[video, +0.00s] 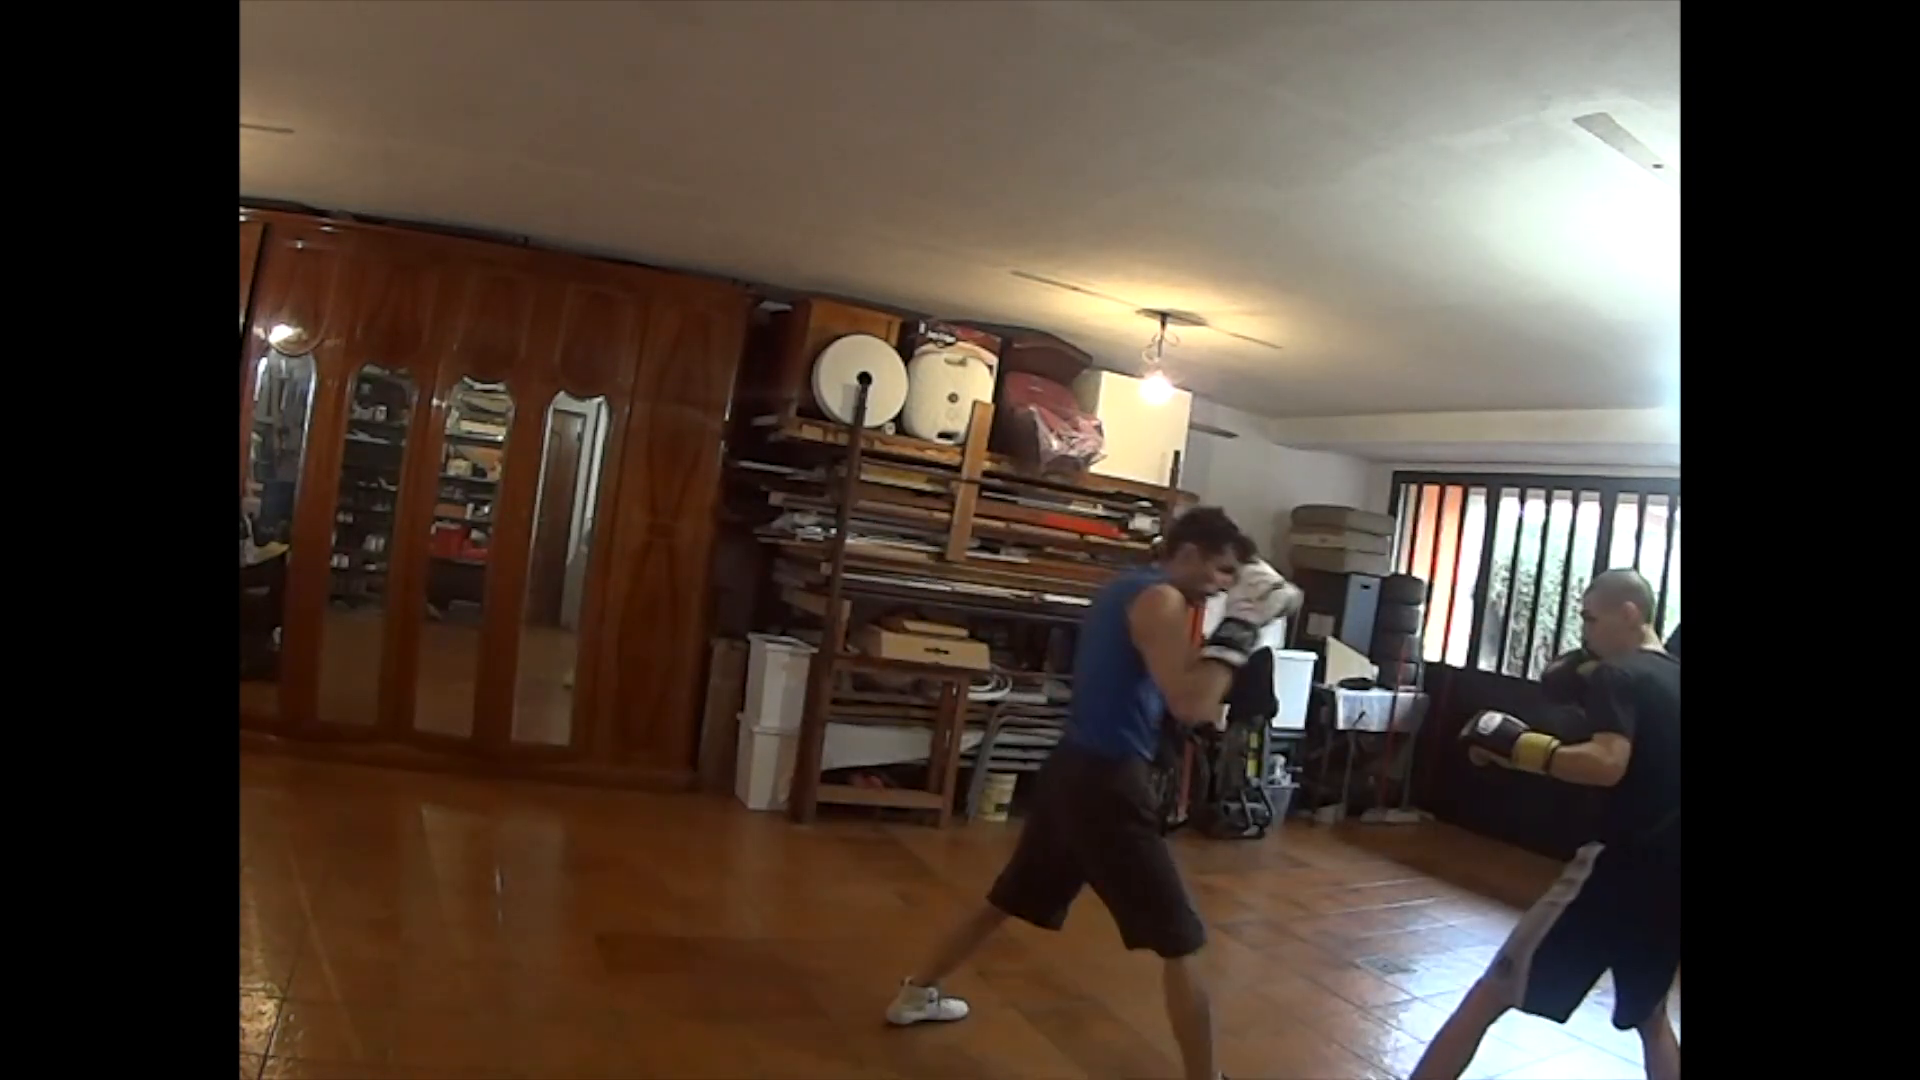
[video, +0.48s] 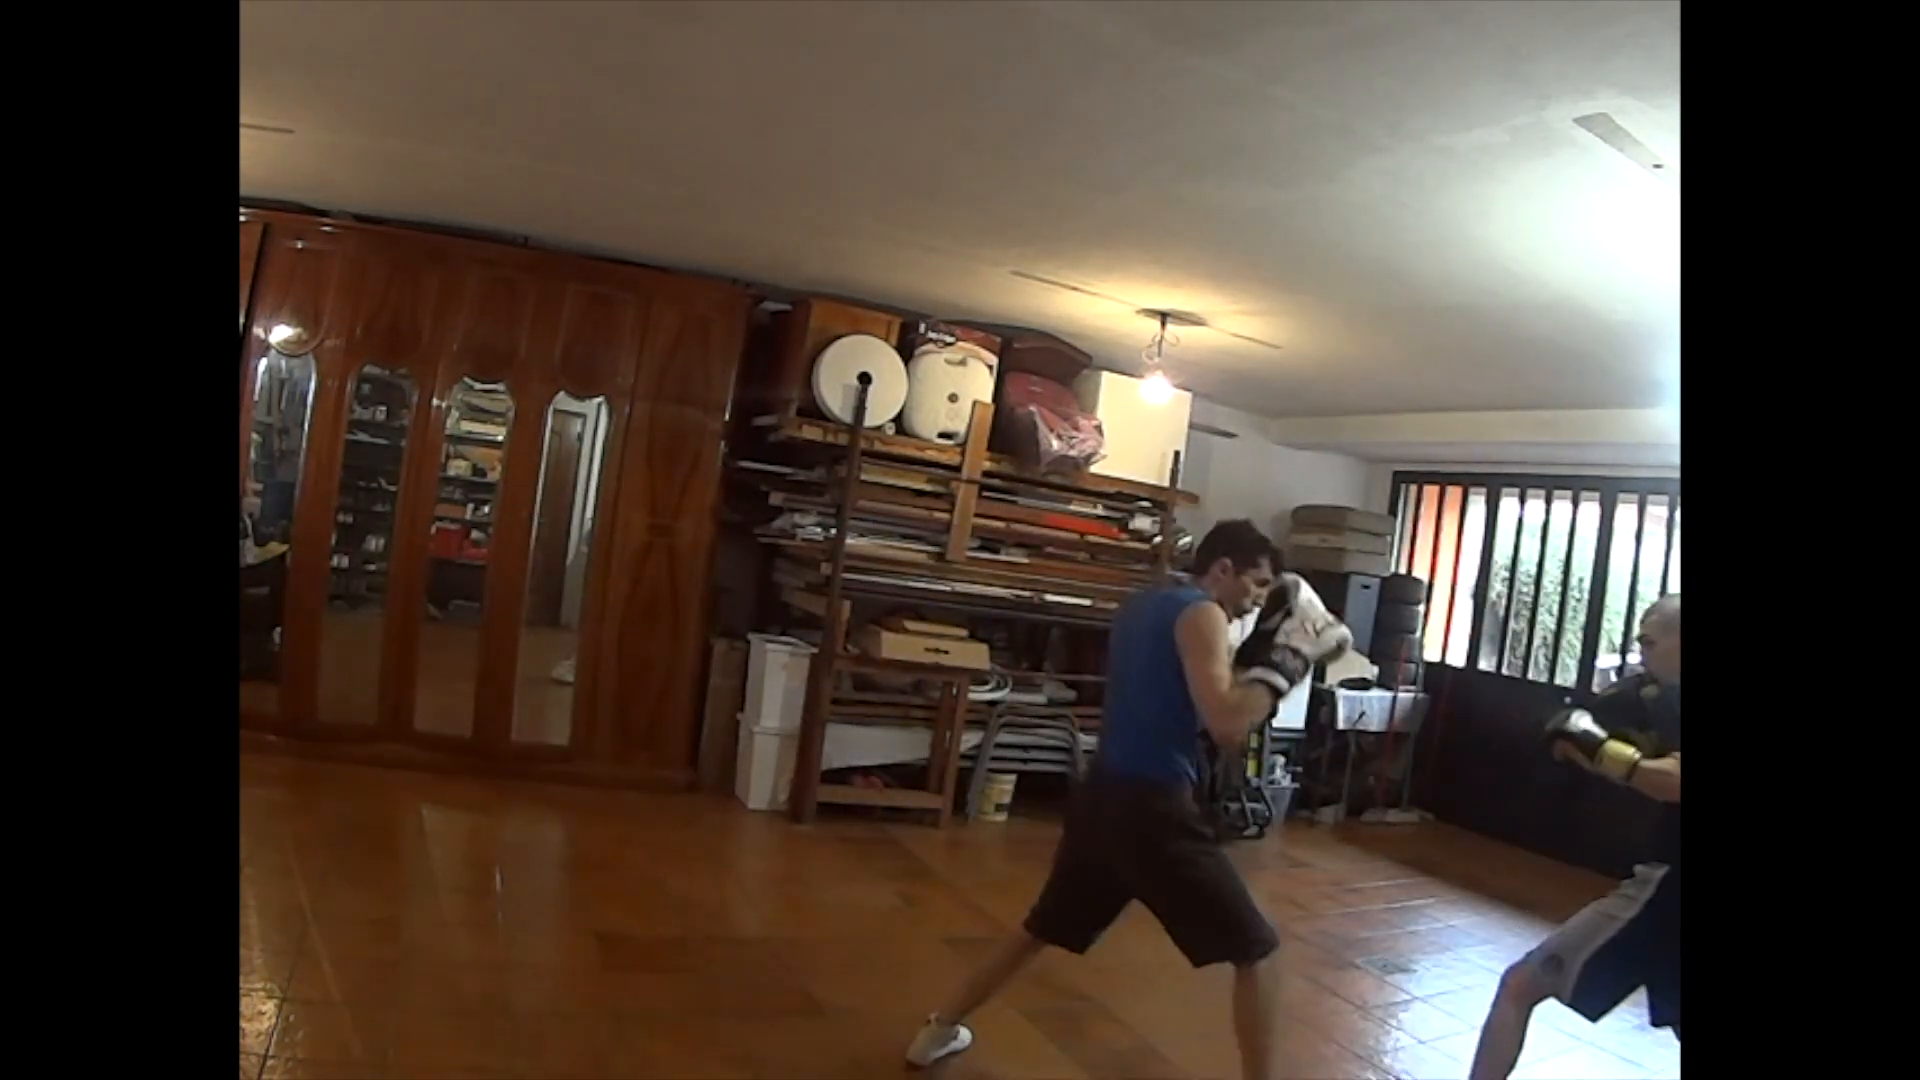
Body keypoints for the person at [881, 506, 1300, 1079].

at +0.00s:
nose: (1220, 586)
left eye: (1227, 577)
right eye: (1219, 571)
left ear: (1183, 553)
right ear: (1187, 551)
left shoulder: (1125, 587)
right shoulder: (1158, 599)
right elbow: (1194, 703)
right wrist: (1239, 629)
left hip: (1070, 776)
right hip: (1112, 789)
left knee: (1003, 900)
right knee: (1181, 943)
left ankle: (916, 991)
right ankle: (1204, 1072)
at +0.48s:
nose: (1257, 597)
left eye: (1264, 587)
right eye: (1256, 582)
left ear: (1207, 564)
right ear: (1223, 567)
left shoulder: (1143, 605)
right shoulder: (1199, 614)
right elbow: (1229, 721)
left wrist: (1256, 641)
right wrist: (1289, 660)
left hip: (1101, 803)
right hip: (1156, 813)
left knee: (1038, 930)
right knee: (1256, 949)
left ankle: (937, 1032)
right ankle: (1260, 1070)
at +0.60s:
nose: (1310, 606)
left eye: (1315, 595)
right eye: (1308, 593)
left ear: (1252, 580)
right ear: (1274, 581)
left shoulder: (1182, 619)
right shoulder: (1265, 630)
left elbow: (1167, 698)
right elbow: (1277, 707)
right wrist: (1353, 683)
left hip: (1131, 816)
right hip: (1203, 828)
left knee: (1038, 935)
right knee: (1278, 986)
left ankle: (937, 1032)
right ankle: (1307, 1075)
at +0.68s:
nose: (1353, 621)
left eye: (1354, 612)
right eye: (1349, 610)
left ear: (1288, 589)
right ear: (1321, 598)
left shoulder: (1211, 621)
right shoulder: (1321, 646)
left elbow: (1173, 700)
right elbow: (1419, 690)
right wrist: (1479, 661)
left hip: (1143, 813)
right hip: (1216, 833)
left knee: (1057, 932)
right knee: (1283, 989)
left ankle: (953, 1032)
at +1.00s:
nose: (1323, 589)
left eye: (1324, 577)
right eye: (1320, 575)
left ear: (1256, 564)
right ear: (1294, 565)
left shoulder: (1194, 620)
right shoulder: (1307, 615)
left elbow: (1193, 722)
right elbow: (1392, 704)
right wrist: (1406, 620)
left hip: (1180, 835)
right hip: (1265, 846)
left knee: (1090, 991)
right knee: (1315, 1012)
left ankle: (1008, 1074)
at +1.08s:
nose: (1297, 587)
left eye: (1298, 577)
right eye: (1293, 574)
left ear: (1226, 565)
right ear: (1265, 566)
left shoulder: (1168, 625)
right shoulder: (1284, 616)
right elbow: (1392, 686)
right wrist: (1394, 598)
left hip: (1169, 849)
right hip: (1253, 858)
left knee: (1078, 1003)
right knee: (1309, 1016)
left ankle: (1007, 1073)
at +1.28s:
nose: (1216, 559)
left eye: (1217, 548)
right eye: (1213, 546)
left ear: (1138, 544)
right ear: (1183, 543)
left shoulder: (1091, 612)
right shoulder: (1204, 592)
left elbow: (1156, 703)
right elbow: (1313, 665)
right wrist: (1368, 632)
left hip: (1127, 837)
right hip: (1215, 844)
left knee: (1045, 1009)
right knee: (1272, 1020)